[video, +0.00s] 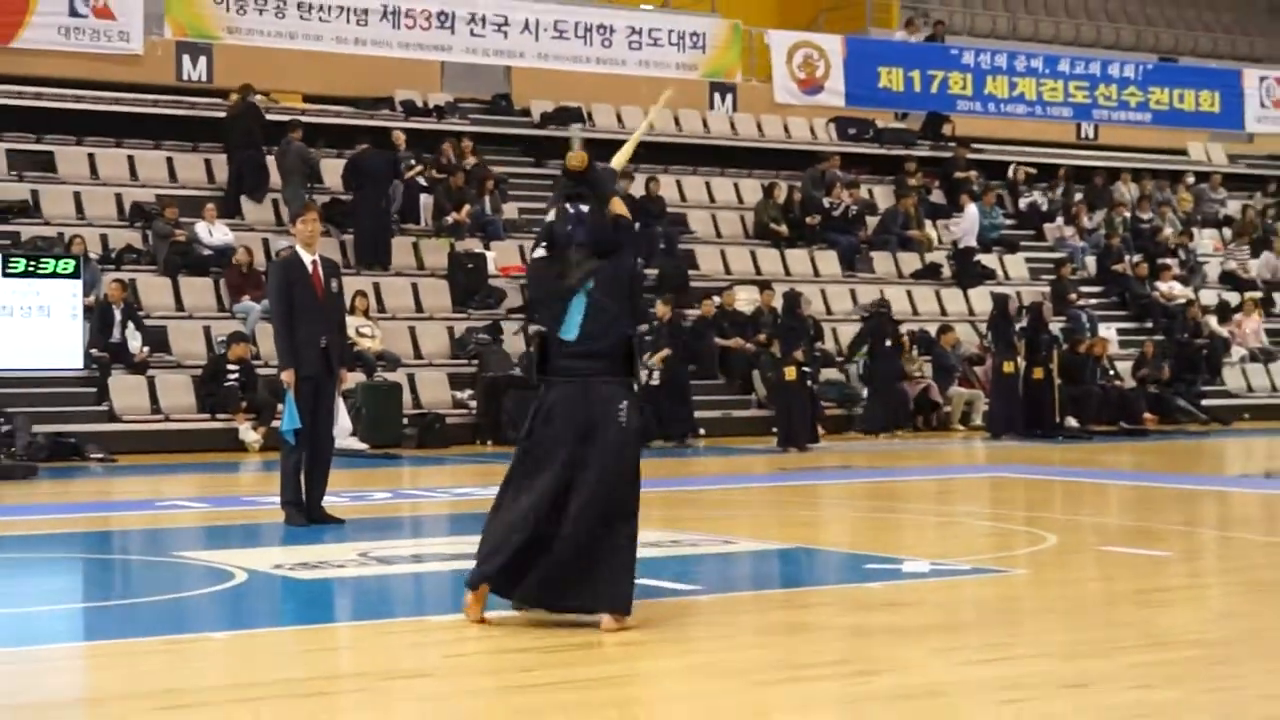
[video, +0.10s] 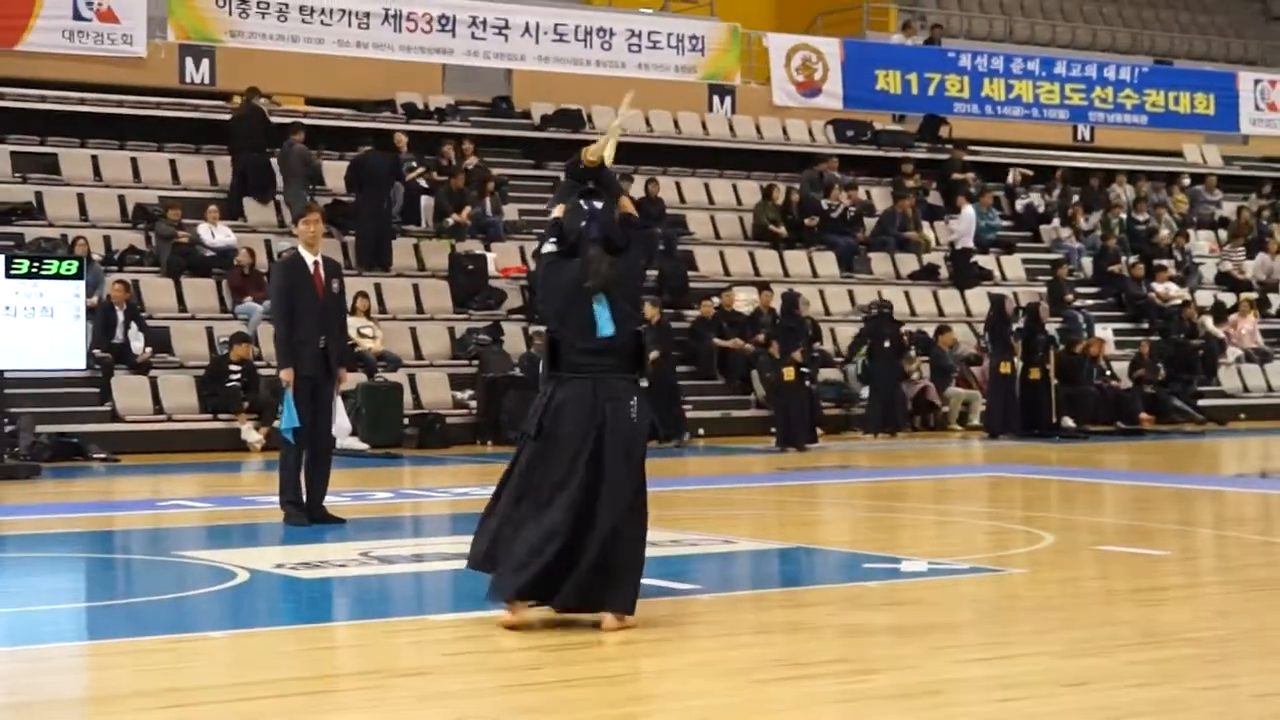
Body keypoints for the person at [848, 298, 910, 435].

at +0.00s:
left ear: (874, 310)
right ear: (887, 310)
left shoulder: (871, 323)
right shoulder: (892, 323)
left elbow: (858, 341)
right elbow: (898, 344)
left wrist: (849, 357)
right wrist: (894, 356)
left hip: (876, 363)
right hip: (892, 363)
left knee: (877, 395)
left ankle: (874, 425)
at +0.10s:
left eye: (875, 311)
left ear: (876, 311)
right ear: (891, 311)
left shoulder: (871, 325)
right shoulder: (895, 325)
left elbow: (859, 341)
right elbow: (901, 346)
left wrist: (849, 357)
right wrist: (895, 356)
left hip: (876, 365)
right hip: (892, 365)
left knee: (876, 397)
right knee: (892, 396)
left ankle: (874, 427)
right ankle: (893, 427)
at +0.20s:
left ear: (881, 312)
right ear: (894, 313)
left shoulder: (872, 328)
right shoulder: (898, 329)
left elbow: (860, 346)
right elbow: (903, 351)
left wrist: (855, 360)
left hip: (877, 367)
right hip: (895, 367)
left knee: (878, 398)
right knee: (896, 398)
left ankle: (878, 427)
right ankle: (894, 428)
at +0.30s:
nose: (892, 315)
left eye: (891, 311)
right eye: (894, 312)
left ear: (884, 311)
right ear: (899, 312)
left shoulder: (875, 327)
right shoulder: (902, 328)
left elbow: (867, 350)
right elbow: (906, 350)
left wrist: (868, 364)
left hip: (879, 368)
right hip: (897, 368)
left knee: (879, 399)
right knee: (896, 398)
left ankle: (879, 427)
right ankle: (894, 427)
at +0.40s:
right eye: (900, 311)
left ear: (888, 310)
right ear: (902, 312)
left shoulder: (879, 324)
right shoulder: (904, 327)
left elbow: (874, 344)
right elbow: (907, 350)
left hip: (880, 364)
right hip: (897, 365)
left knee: (879, 395)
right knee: (897, 395)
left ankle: (877, 427)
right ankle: (895, 427)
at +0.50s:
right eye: (905, 311)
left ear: (892, 310)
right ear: (906, 313)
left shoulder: (883, 324)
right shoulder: (907, 328)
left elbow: (877, 347)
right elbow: (912, 352)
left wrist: (874, 364)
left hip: (883, 365)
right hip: (899, 366)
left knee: (881, 395)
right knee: (900, 395)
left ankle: (880, 426)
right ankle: (898, 427)